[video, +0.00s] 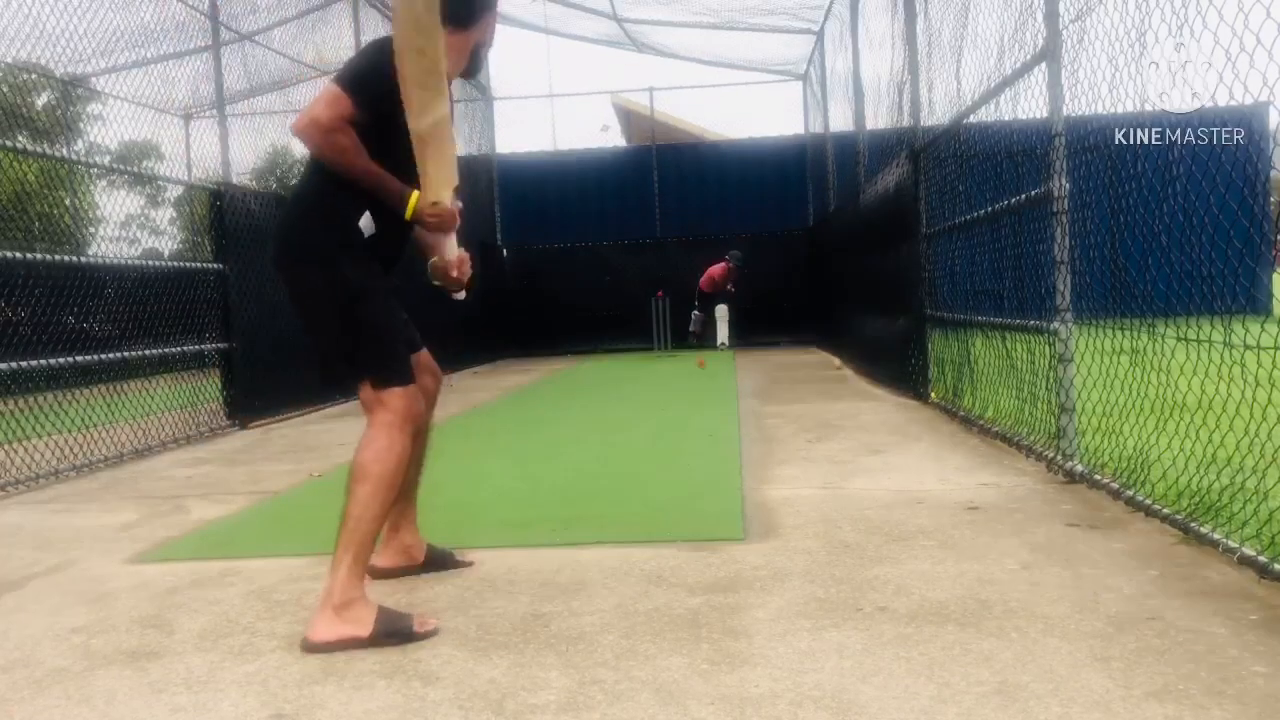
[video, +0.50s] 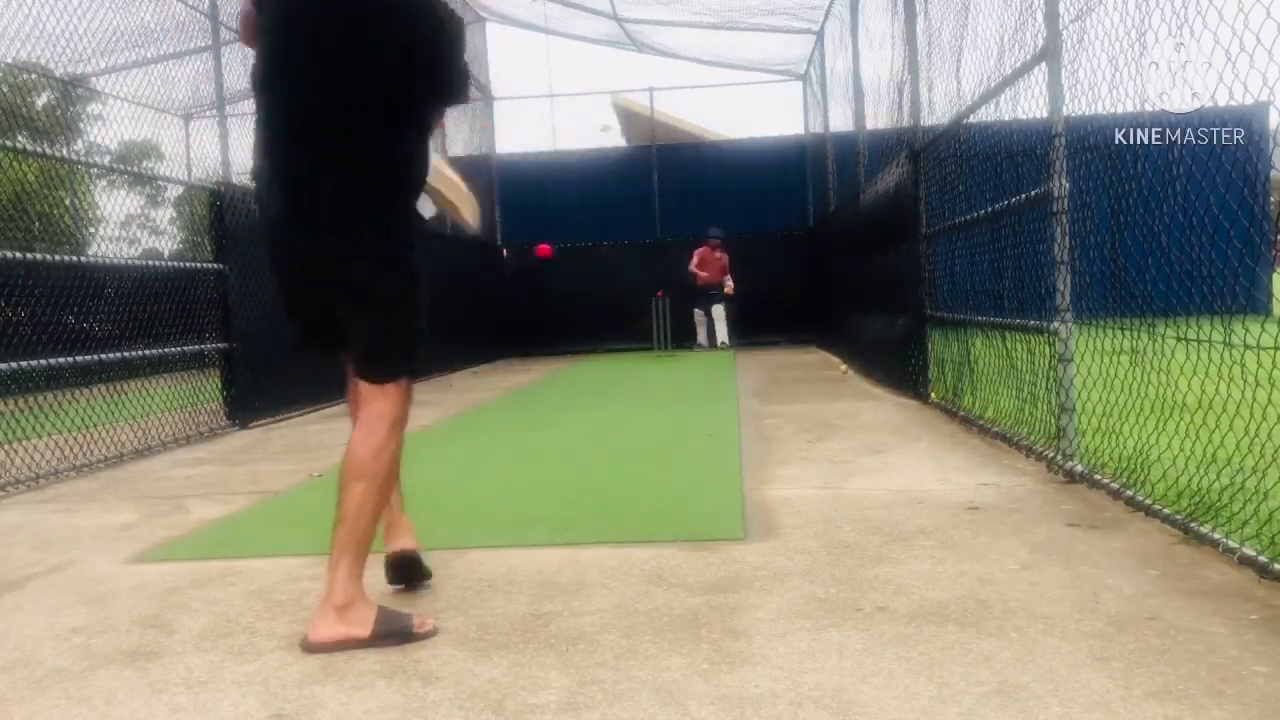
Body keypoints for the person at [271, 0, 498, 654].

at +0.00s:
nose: (482, 52)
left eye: (486, 39)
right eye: (484, 36)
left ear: (440, 23)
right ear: (468, 25)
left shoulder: (429, 86)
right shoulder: (394, 57)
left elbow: (420, 192)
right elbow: (316, 125)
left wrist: (442, 250)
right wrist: (408, 200)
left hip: (351, 250)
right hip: (320, 249)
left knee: (423, 377)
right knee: (396, 402)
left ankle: (398, 543)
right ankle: (341, 607)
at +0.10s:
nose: (493, 50)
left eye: (496, 38)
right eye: (493, 34)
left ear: (440, 18)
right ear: (473, 27)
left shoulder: (441, 92)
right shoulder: (393, 53)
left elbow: (411, 185)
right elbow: (307, 127)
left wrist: (422, 250)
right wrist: (407, 201)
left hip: (351, 254)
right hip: (314, 251)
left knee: (419, 377)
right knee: (395, 400)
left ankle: (398, 540)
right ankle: (341, 605)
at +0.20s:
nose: (485, 31)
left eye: (488, 19)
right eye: (480, 15)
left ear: (470, 19)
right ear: (446, 12)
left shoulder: (436, 91)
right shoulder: (367, 48)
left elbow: (422, 190)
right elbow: (292, 127)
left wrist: (446, 211)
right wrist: (416, 139)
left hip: (353, 260)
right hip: (314, 258)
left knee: (422, 380)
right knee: (414, 411)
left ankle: (390, 546)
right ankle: (341, 605)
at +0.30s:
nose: (476, 27)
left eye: (475, 16)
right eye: (472, 15)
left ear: (420, 14)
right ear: (450, 15)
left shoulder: (420, 75)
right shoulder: (370, 61)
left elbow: (464, 164)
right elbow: (387, 173)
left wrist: (532, 169)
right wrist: (493, 123)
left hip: (347, 261)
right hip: (319, 263)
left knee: (399, 402)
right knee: (429, 418)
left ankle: (387, 545)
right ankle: (339, 605)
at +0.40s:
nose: (452, 3)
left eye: (451, 1)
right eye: (449, 1)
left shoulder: (312, 12)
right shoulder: (410, 37)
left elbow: (366, 104)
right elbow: (442, 169)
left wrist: (456, 127)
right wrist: (505, 169)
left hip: (280, 226)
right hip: (350, 237)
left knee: (367, 389)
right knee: (414, 407)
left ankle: (392, 537)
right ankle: (342, 607)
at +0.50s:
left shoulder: (279, 11)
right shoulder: (421, 15)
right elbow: (438, 98)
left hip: (298, 213)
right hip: (380, 217)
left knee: (365, 377)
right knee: (380, 403)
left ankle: (399, 533)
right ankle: (341, 605)